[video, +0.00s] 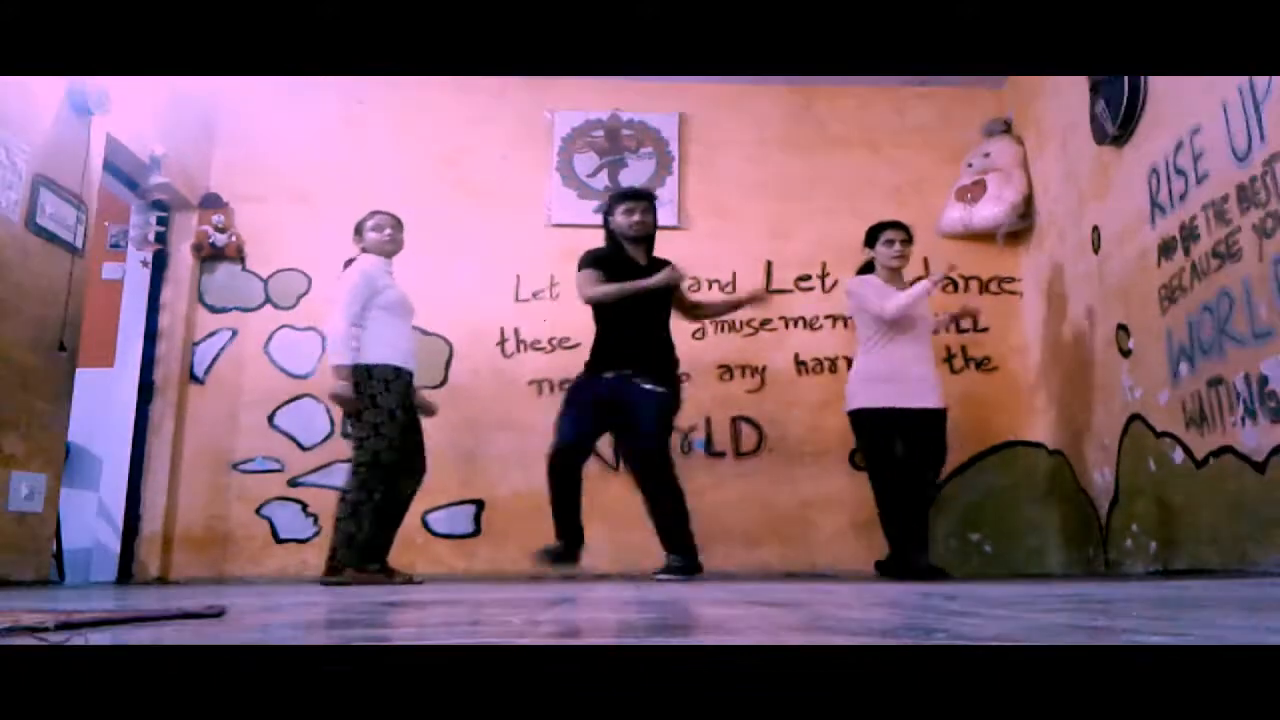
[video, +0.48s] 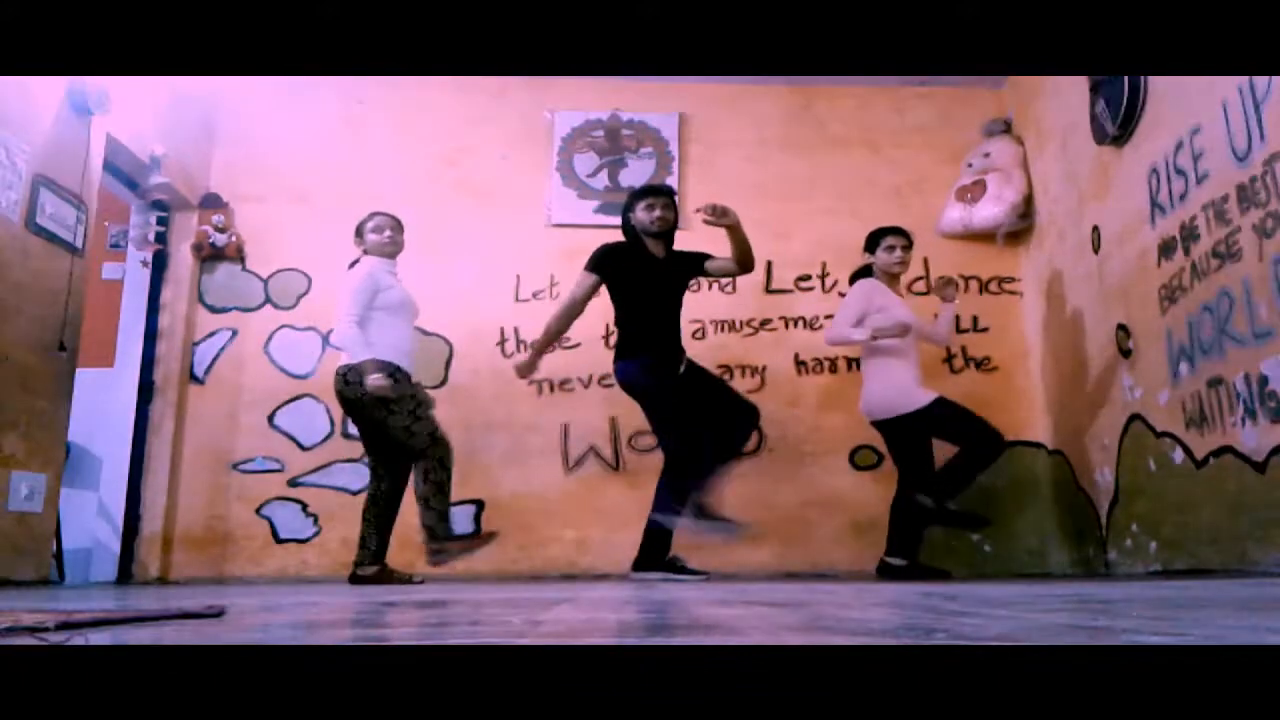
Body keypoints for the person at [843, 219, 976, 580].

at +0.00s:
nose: (898, 249)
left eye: (903, 244)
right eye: (889, 244)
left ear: (911, 251)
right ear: (871, 251)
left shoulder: (913, 291)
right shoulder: (860, 285)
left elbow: (915, 330)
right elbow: (890, 308)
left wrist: (947, 321)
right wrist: (930, 282)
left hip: (921, 394)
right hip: (876, 396)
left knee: (923, 478)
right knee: (891, 479)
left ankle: (917, 557)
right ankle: (902, 557)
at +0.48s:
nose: (898, 255)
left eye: (904, 249)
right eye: (890, 249)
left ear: (910, 257)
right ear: (872, 256)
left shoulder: (894, 299)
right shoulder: (865, 288)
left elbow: (941, 337)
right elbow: (834, 334)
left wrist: (948, 302)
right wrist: (877, 332)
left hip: (896, 399)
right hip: (897, 398)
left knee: (917, 479)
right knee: (987, 440)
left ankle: (898, 557)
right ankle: (935, 493)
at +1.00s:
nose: (883, 253)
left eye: (889, 247)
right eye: (874, 247)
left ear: (897, 255)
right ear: (859, 254)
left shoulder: (897, 308)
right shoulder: (846, 287)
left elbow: (939, 336)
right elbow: (803, 326)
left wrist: (950, 302)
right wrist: (760, 359)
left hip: (888, 395)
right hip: (877, 393)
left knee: (903, 479)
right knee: (957, 456)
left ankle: (895, 560)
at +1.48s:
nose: (826, 250)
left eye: (834, 244)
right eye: (819, 245)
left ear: (847, 252)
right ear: (810, 253)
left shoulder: (866, 289)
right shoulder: (803, 291)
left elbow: (932, 299)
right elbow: (784, 301)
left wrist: (944, 269)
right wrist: (787, 270)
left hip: (859, 390)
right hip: (820, 395)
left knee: (833, 468)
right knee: (844, 473)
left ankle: (832, 554)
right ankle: (886, 552)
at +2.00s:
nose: (816, 229)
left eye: (825, 222)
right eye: (806, 223)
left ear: (841, 229)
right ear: (794, 232)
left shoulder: (863, 277)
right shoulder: (777, 278)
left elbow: (928, 305)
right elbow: (724, 308)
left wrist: (935, 275)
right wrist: (712, 276)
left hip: (842, 401)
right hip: (786, 404)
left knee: (821, 500)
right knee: (803, 503)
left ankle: (830, 591)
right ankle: (836, 590)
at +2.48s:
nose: (746, 257)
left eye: (753, 251)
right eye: (739, 252)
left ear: (768, 258)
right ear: (729, 261)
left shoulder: (782, 296)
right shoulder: (718, 300)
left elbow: (784, 320)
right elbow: (702, 343)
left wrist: (785, 280)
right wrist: (665, 328)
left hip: (771, 403)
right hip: (722, 404)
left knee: (777, 483)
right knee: (739, 486)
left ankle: (785, 559)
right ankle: (752, 562)